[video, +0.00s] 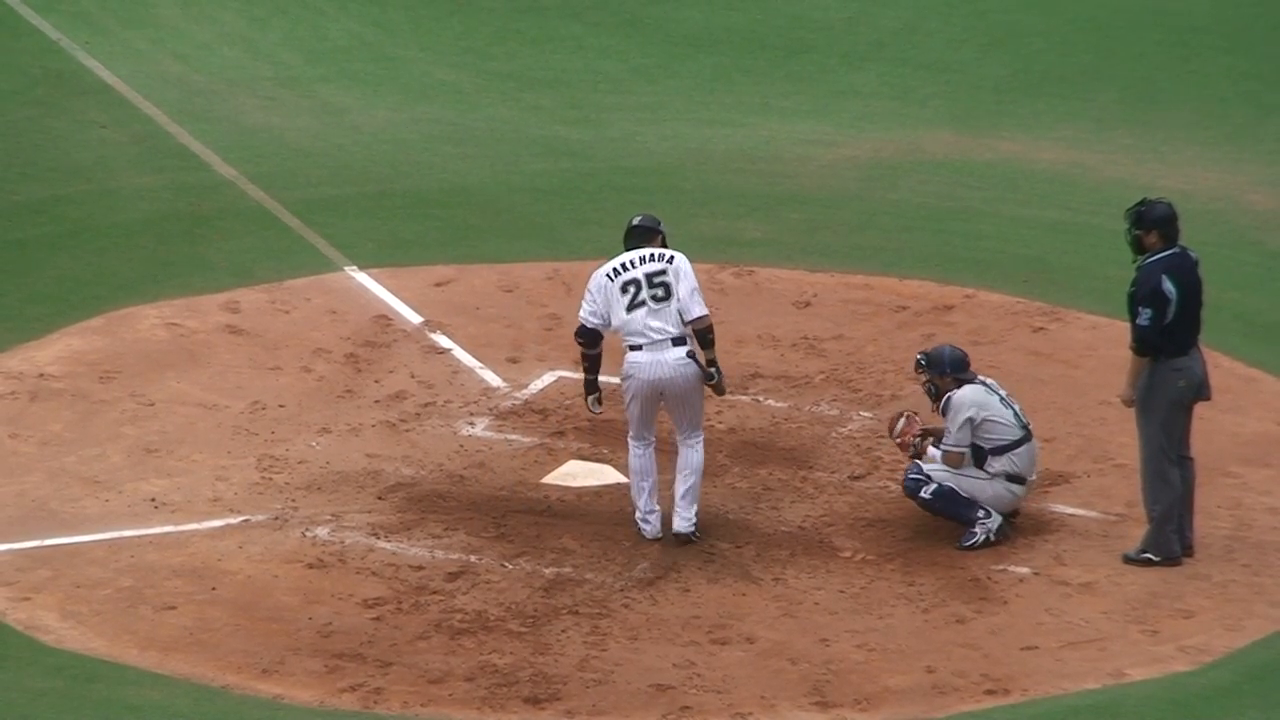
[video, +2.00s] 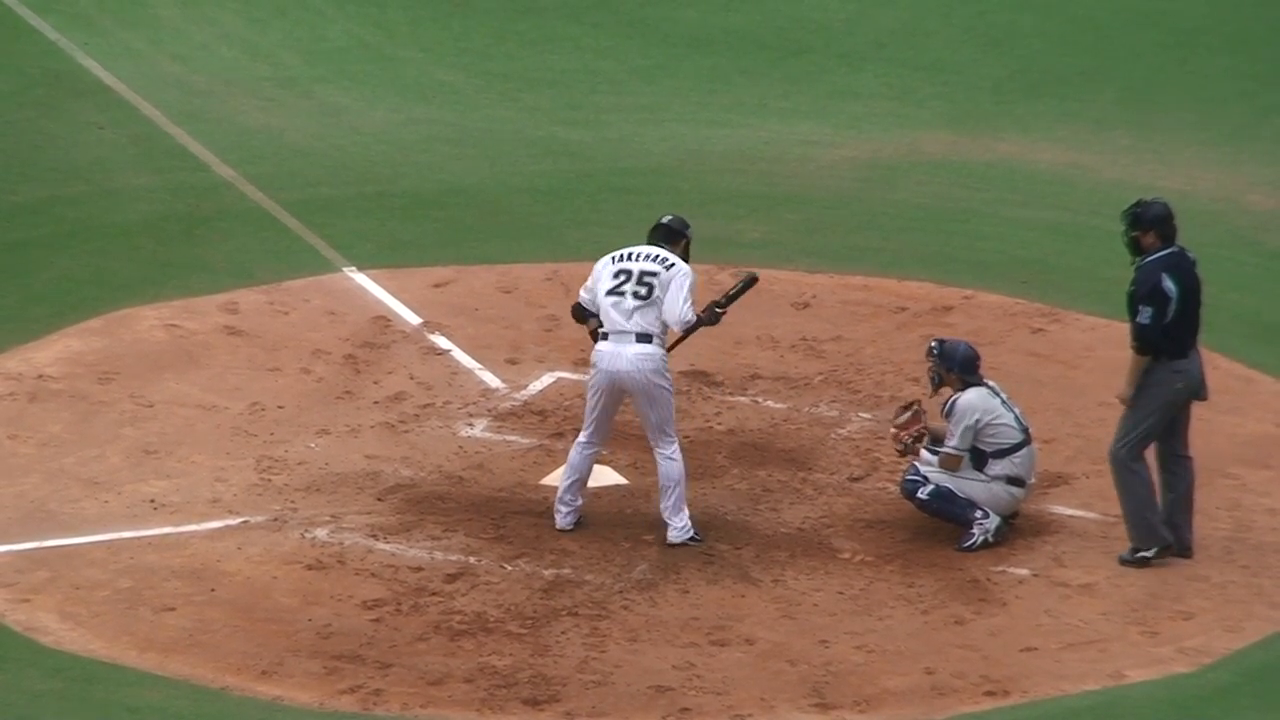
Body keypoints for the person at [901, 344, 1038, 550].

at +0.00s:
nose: (928, 382)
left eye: (931, 377)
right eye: (927, 377)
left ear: (948, 378)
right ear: (959, 375)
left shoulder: (961, 400)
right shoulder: (983, 383)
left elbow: (955, 461)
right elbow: (970, 436)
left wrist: (926, 450)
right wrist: (927, 432)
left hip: (1004, 490)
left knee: (915, 477)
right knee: (936, 454)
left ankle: (985, 520)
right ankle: (1001, 506)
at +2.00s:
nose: (932, 370)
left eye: (937, 366)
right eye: (933, 364)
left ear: (953, 373)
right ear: (964, 372)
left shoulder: (966, 403)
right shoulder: (987, 387)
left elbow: (951, 464)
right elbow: (960, 439)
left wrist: (917, 450)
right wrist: (924, 429)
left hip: (1002, 492)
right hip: (1016, 483)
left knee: (913, 480)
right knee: (930, 451)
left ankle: (983, 520)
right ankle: (1001, 508)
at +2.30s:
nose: (935, 368)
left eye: (940, 364)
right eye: (937, 362)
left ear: (956, 373)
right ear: (966, 372)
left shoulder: (967, 403)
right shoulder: (989, 388)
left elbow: (947, 464)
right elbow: (957, 436)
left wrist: (912, 451)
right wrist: (915, 432)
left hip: (1002, 492)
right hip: (1016, 483)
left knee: (913, 479)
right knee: (926, 452)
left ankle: (982, 520)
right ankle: (1001, 507)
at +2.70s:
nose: (940, 365)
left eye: (945, 362)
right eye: (941, 360)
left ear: (960, 370)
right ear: (972, 370)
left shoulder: (970, 402)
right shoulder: (992, 387)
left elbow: (949, 461)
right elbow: (961, 433)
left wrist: (913, 449)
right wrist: (918, 432)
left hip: (1004, 492)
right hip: (1017, 482)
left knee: (914, 478)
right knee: (931, 451)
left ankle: (983, 519)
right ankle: (1003, 506)